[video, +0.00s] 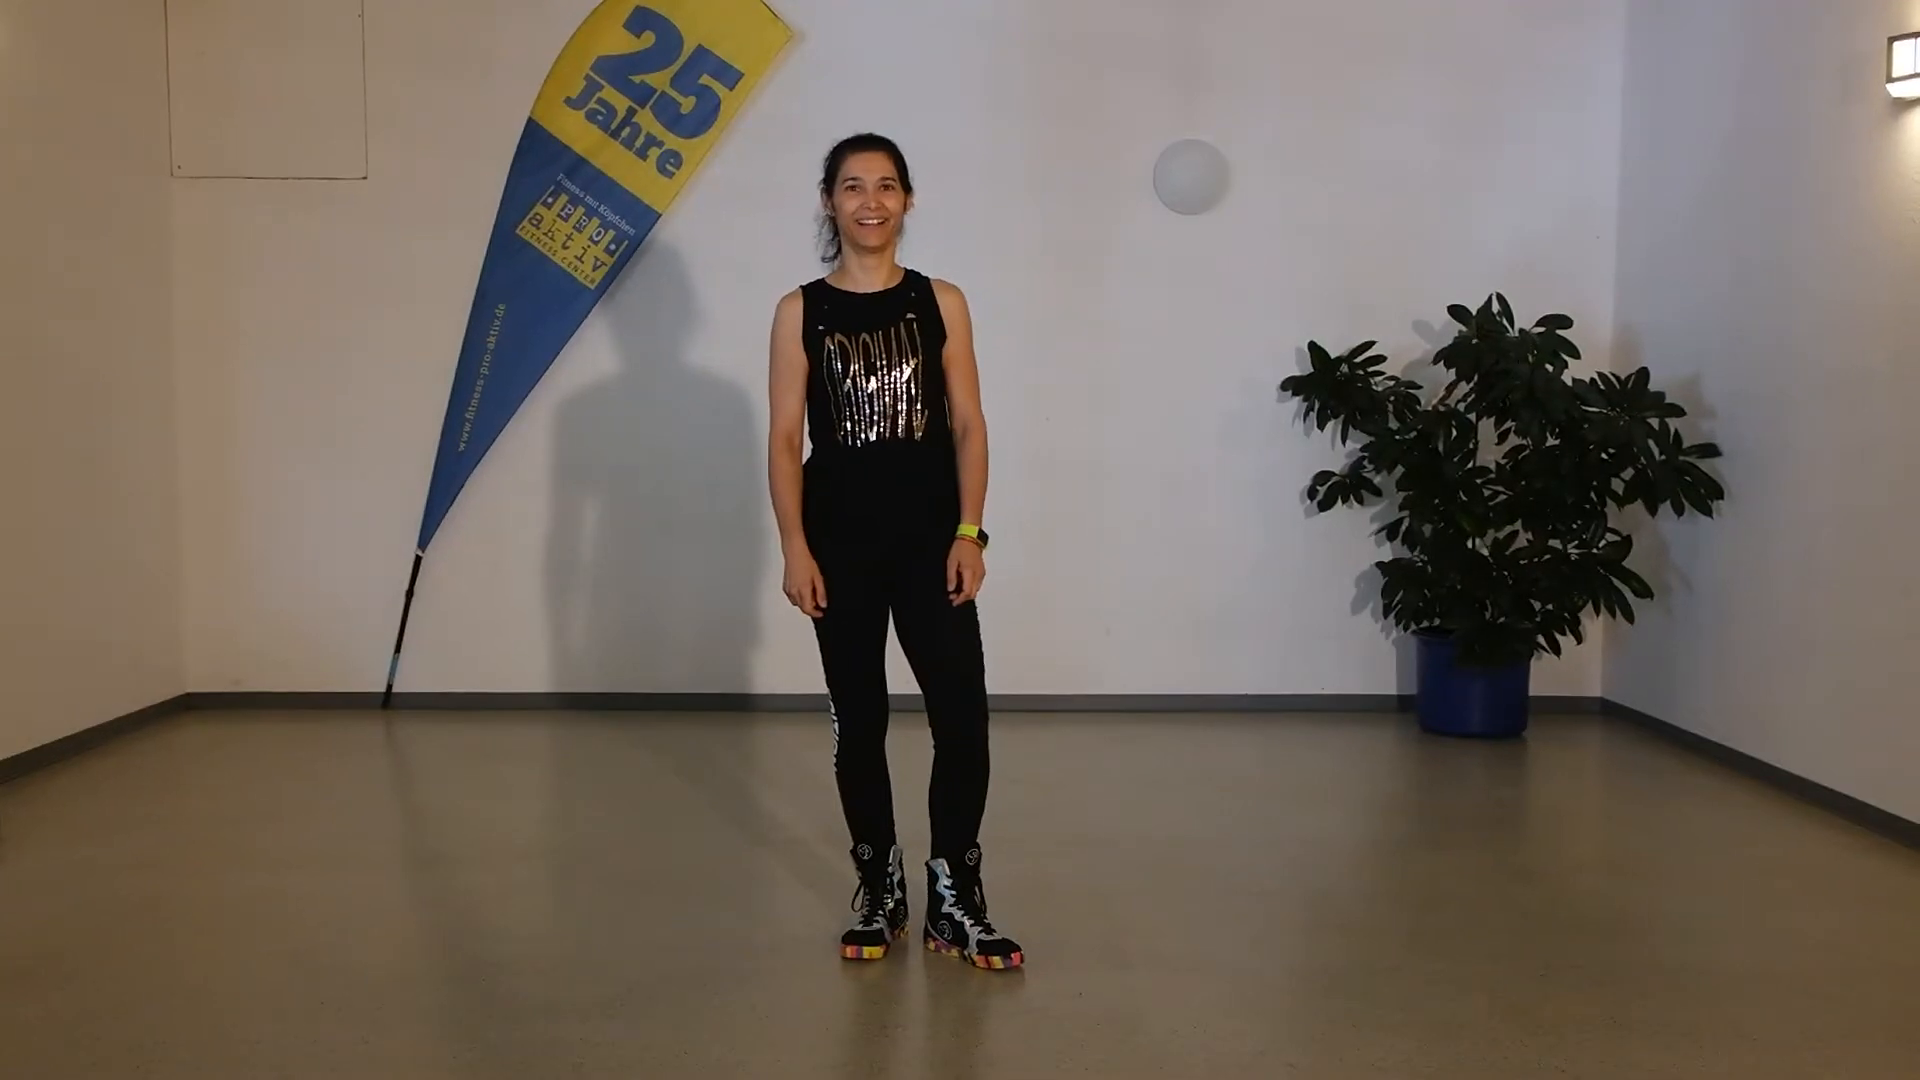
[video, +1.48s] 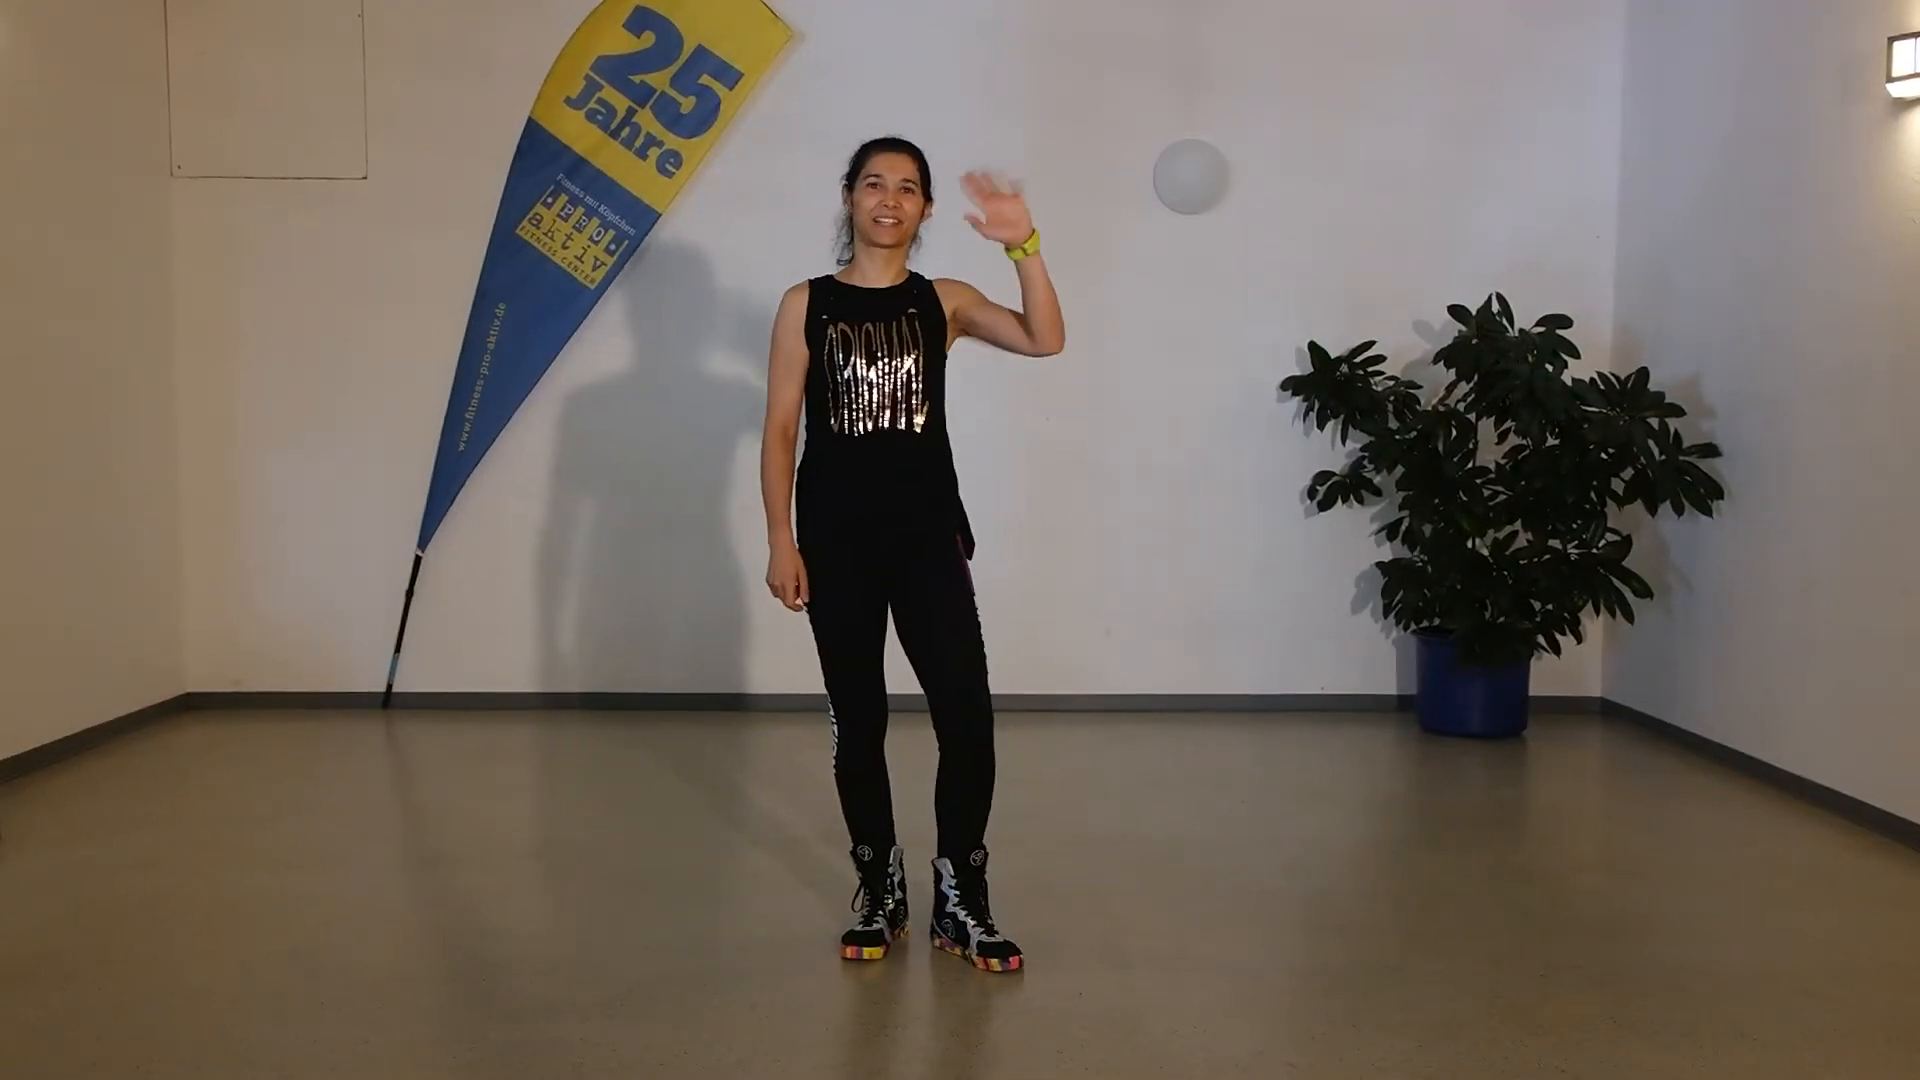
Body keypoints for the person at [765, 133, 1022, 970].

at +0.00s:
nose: (871, 200)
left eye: (885, 187)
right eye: (854, 188)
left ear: (907, 203)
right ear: (830, 204)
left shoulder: (942, 303)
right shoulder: (801, 311)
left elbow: (968, 425)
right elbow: (785, 440)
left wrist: (971, 530)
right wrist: (795, 547)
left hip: (930, 539)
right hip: (839, 543)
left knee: (963, 719)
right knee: (860, 721)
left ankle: (954, 899)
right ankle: (878, 891)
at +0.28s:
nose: (870, 199)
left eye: (884, 186)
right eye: (854, 187)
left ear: (906, 202)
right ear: (829, 203)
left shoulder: (942, 303)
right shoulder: (800, 310)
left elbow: (968, 426)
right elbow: (783, 438)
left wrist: (969, 530)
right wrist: (788, 544)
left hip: (928, 540)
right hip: (837, 543)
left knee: (961, 719)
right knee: (860, 721)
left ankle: (954, 897)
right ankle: (879, 892)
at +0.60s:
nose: (873, 204)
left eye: (888, 191)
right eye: (857, 190)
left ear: (909, 206)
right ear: (833, 203)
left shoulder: (940, 301)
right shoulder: (800, 308)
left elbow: (1012, 396)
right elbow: (778, 434)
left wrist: (983, 485)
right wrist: (786, 540)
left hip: (927, 537)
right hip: (835, 538)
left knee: (963, 716)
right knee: (859, 720)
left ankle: (953, 899)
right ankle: (878, 890)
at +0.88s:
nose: (880, 202)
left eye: (896, 189)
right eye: (864, 188)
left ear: (917, 206)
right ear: (840, 202)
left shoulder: (943, 295)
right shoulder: (804, 307)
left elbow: (1030, 321)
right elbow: (783, 428)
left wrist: (1004, 216)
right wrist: (781, 533)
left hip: (927, 543)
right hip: (833, 544)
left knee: (958, 722)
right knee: (856, 723)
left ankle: (959, 899)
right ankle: (877, 890)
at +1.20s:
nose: (880, 198)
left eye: (895, 187)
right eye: (865, 185)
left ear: (916, 207)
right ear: (841, 202)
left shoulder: (945, 297)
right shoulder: (805, 307)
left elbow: (1046, 327)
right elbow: (783, 430)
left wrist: (1018, 234)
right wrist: (779, 539)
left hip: (928, 541)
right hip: (834, 543)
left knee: (958, 720)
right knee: (857, 723)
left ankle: (965, 899)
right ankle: (878, 891)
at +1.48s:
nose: (891, 200)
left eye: (907, 189)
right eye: (876, 185)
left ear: (924, 211)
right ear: (848, 201)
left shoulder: (945, 300)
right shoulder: (807, 304)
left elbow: (1042, 336)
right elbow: (781, 428)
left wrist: (1023, 244)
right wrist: (781, 539)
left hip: (931, 543)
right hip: (837, 544)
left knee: (967, 721)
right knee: (858, 723)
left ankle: (959, 902)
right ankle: (878, 893)